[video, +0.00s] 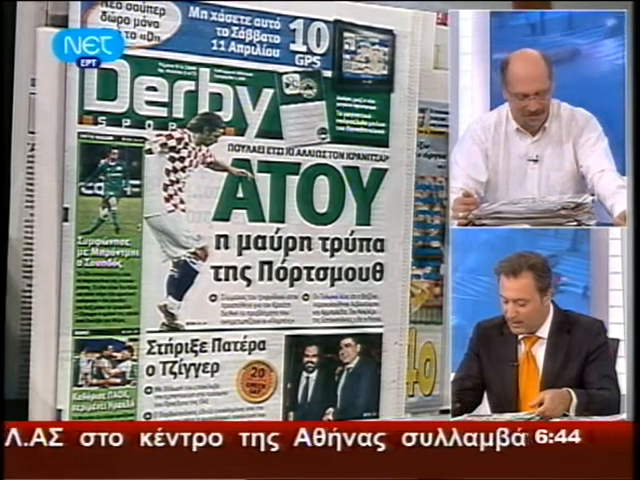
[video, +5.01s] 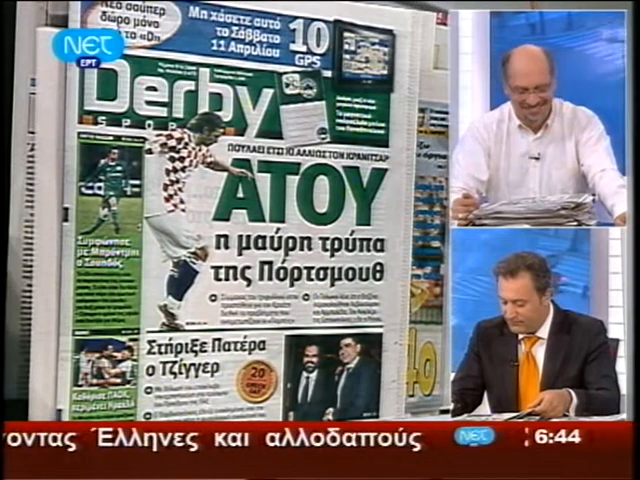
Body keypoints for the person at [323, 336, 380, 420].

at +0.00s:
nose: (343, 351)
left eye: (347, 346)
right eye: (341, 348)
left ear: (358, 348)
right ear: (339, 351)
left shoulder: (367, 368)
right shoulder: (341, 371)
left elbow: (360, 408)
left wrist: (335, 416)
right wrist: (332, 410)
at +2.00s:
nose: (343, 351)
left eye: (347, 346)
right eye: (341, 348)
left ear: (358, 348)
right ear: (339, 351)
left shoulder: (367, 367)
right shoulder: (341, 371)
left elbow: (361, 407)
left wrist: (335, 416)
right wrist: (332, 410)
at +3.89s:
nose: (343, 351)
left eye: (347, 346)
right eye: (341, 348)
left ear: (358, 348)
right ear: (339, 351)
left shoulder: (367, 368)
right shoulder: (341, 371)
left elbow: (361, 407)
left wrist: (335, 416)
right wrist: (332, 410)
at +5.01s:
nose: (342, 351)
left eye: (347, 346)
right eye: (341, 348)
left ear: (358, 348)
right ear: (339, 351)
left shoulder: (367, 368)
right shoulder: (341, 371)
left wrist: (336, 415)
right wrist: (332, 411)